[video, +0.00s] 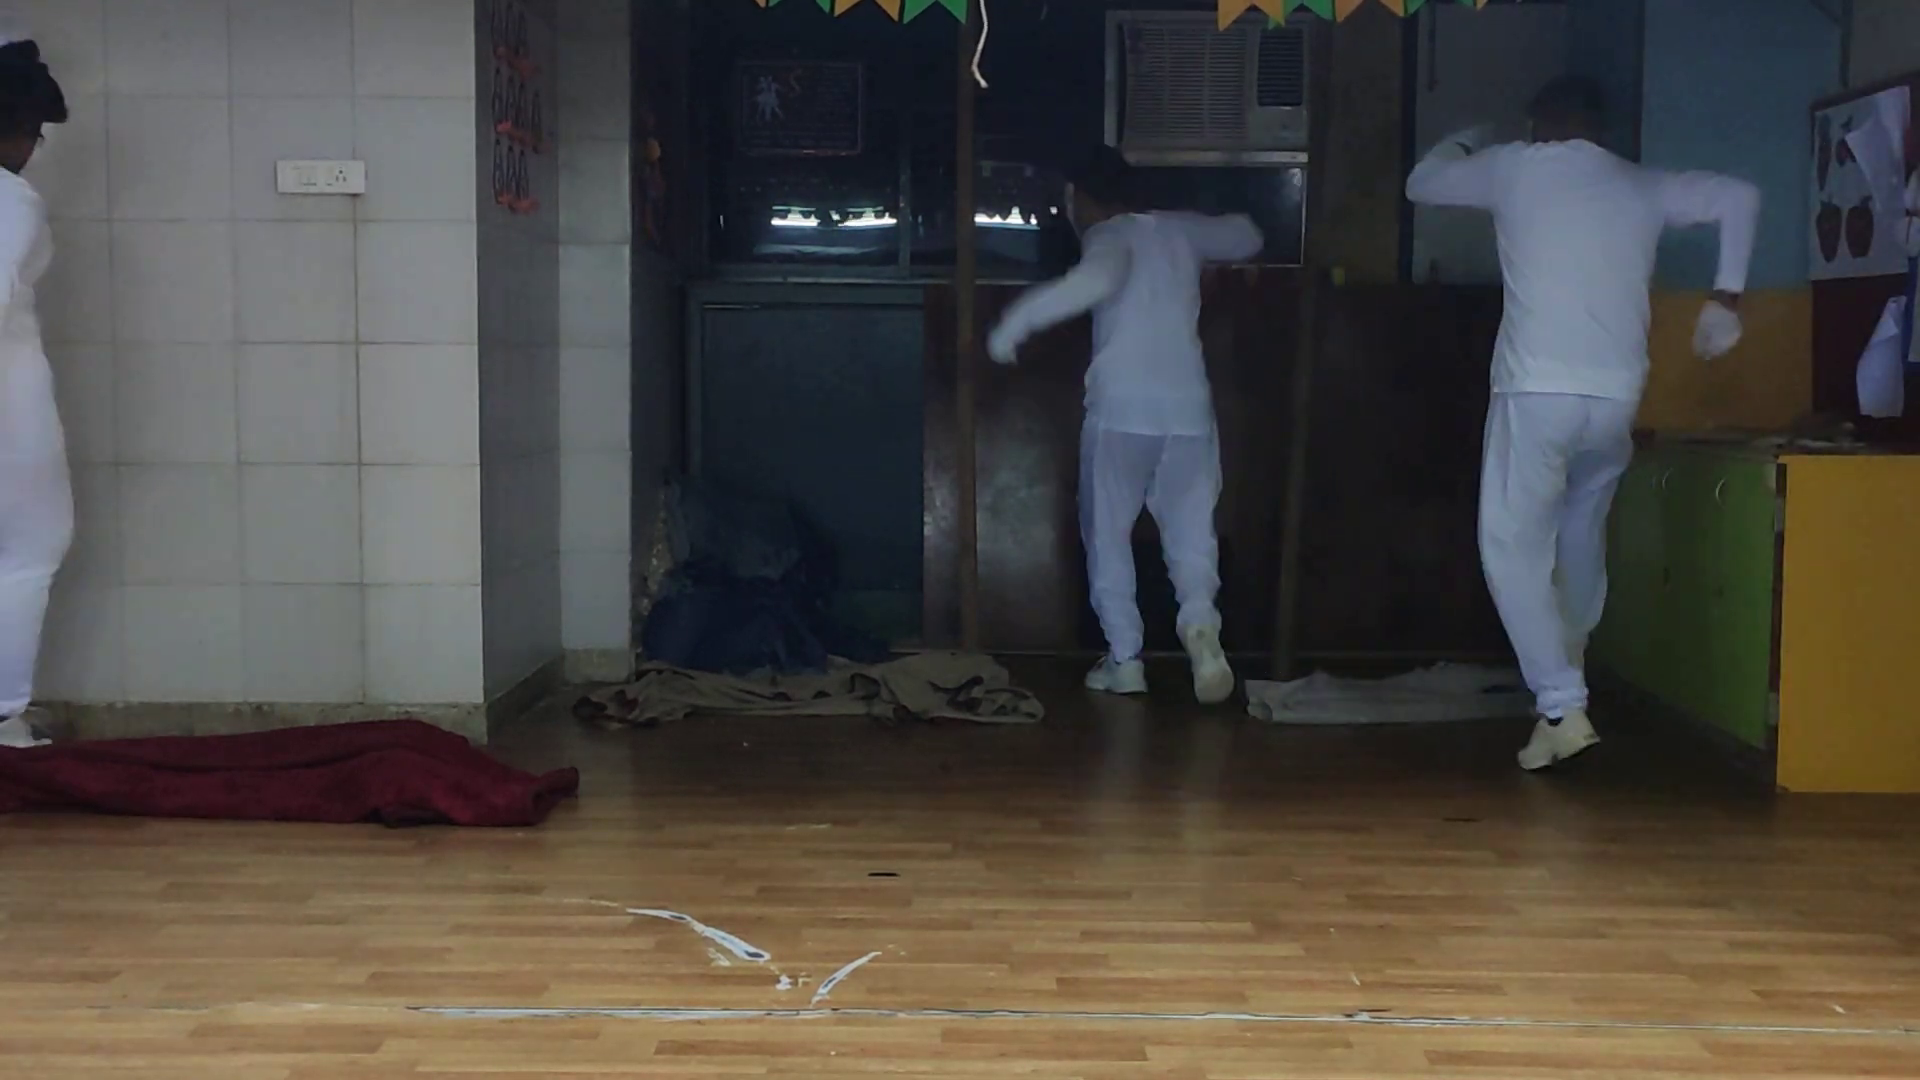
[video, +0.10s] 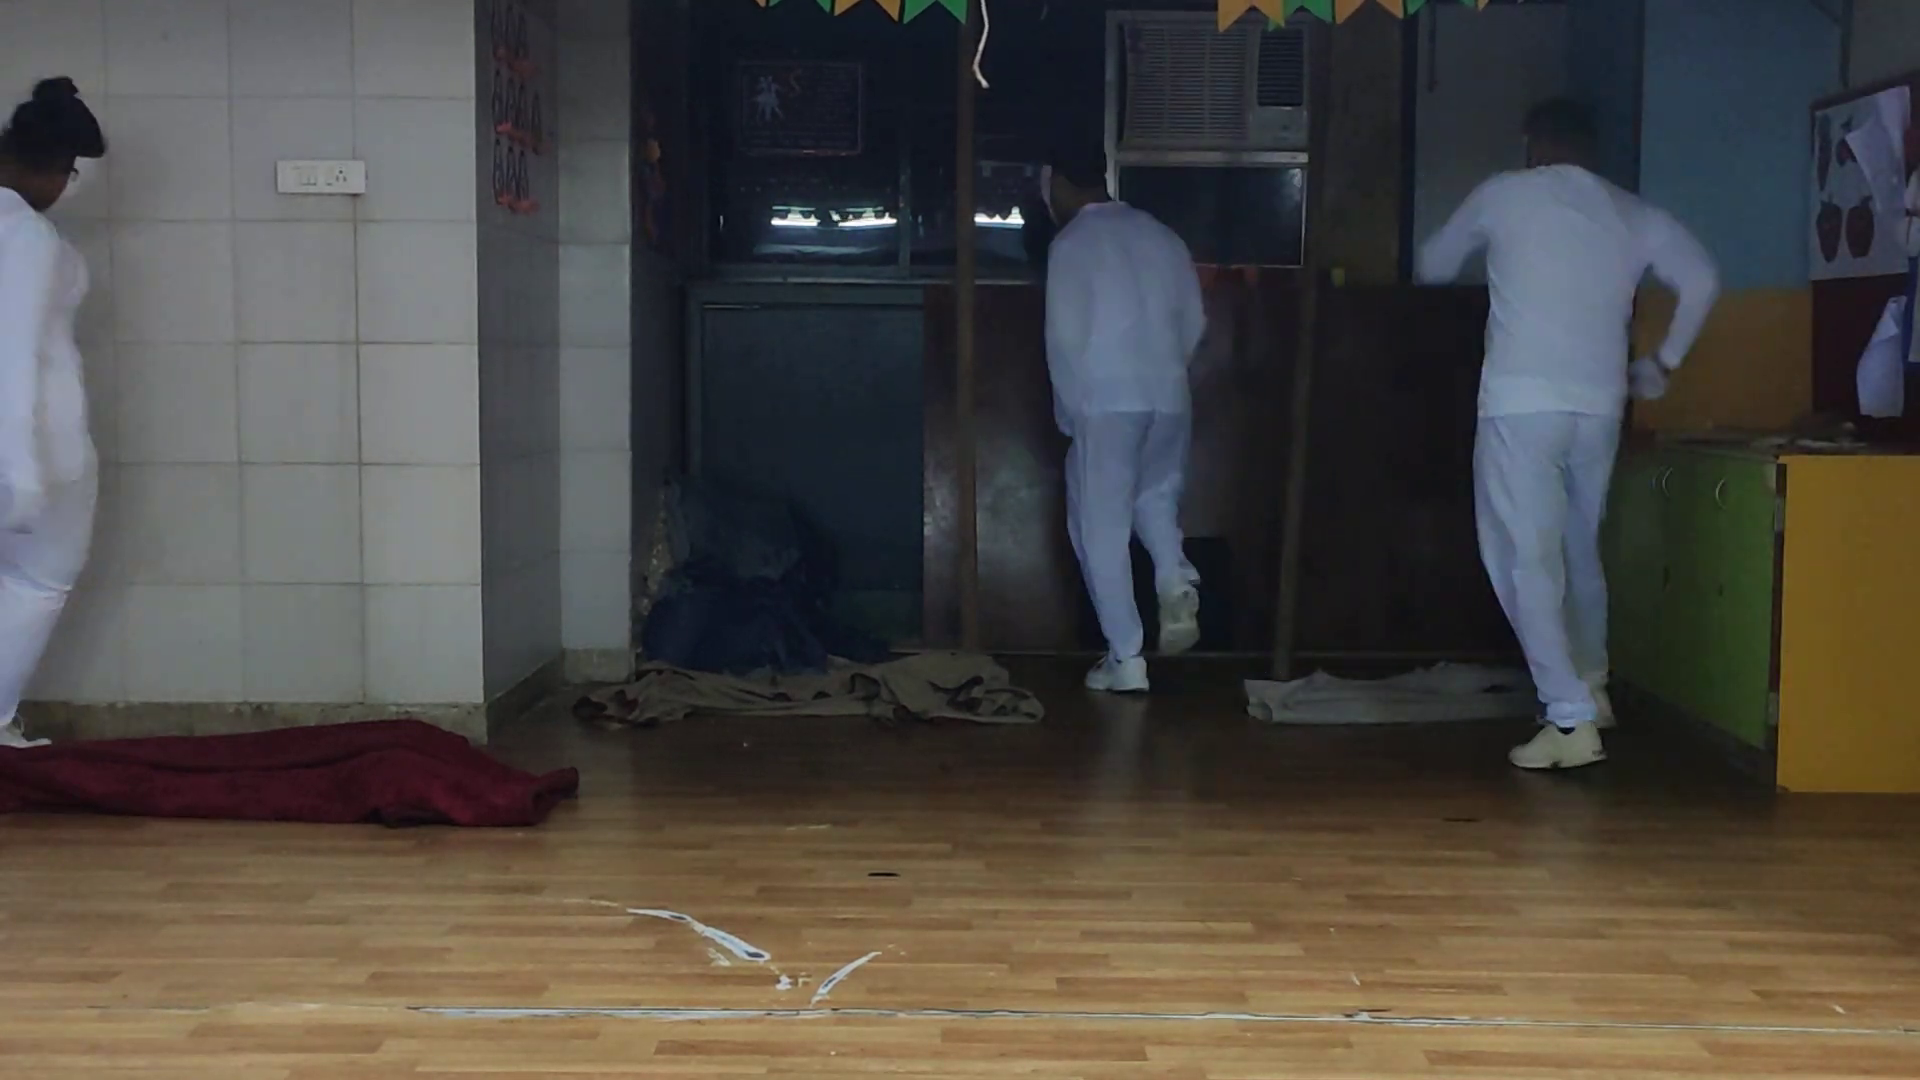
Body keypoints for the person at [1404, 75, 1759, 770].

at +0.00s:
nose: (1533, 132)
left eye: (1537, 123)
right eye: (1540, 123)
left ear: (1542, 123)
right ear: (1602, 125)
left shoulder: (1512, 169)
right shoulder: (1645, 186)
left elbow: (1422, 182)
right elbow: (1739, 197)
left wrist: (1460, 144)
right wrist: (1726, 299)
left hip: (1537, 392)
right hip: (1616, 396)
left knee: (1512, 546)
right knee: (1584, 529)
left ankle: (1562, 710)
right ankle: (1570, 658)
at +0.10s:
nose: (1530, 152)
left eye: (1531, 142)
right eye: (1537, 141)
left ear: (1535, 142)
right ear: (1591, 147)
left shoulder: (1502, 194)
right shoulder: (1631, 212)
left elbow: (1432, 265)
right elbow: (1701, 282)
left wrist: (1483, 235)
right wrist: (1663, 363)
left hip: (1521, 406)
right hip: (1599, 409)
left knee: (1529, 561)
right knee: (1584, 553)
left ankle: (1569, 720)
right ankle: (1591, 688)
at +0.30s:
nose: (1484, 160)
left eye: (1486, 150)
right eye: (1488, 149)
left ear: (1497, 151)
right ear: (1546, 148)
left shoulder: (1482, 210)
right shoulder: (1593, 204)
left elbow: (1457, 297)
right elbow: (1608, 270)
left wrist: (1441, 377)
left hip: (1514, 397)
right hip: (1590, 398)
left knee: (1426, 489)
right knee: (1579, 549)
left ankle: (1498, 584)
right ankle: (1585, 694)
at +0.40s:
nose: (1453, 150)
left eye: (1454, 140)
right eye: (1455, 140)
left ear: (1465, 137)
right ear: (1512, 132)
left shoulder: (1467, 184)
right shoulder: (1551, 173)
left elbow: (1461, 228)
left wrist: (1435, 324)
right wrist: (1412, 185)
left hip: (1502, 376)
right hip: (1572, 379)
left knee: (1416, 456)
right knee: (1569, 519)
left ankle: (1468, 590)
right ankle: (1578, 665)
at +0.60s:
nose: (1406, 192)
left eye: (1406, 182)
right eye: (1405, 182)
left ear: (1419, 183)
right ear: (1460, 174)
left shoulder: (1431, 247)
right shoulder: (1493, 213)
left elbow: (1468, 324)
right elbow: (1427, 198)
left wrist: (1426, 395)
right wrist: (1377, 183)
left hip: (1462, 424)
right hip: (1525, 413)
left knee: (1410, 539)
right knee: (1542, 545)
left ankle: (1417, 661)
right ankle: (1577, 684)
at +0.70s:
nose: (1365, 200)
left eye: (1366, 187)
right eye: (1363, 188)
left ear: (1388, 181)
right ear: (1415, 178)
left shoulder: (1400, 259)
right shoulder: (1457, 226)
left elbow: (1411, 368)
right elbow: (1426, 288)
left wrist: (1375, 441)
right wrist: (1361, 289)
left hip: (1426, 417)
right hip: (1480, 409)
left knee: (1388, 529)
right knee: (1486, 521)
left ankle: (1414, 656)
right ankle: (1550, 616)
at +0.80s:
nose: (1337, 181)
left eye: (1341, 169)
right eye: (1337, 169)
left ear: (1362, 168)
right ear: (1392, 169)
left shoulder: (1377, 236)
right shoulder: (1424, 225)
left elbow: (1370, 332)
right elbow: (1453, 290)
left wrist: (1298, 334)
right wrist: (1405, 334)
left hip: (1397, 409)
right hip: (1441, 401)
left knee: (1374, 532)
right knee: (1397, 492)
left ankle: (1413, 656)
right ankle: (1465, 542)